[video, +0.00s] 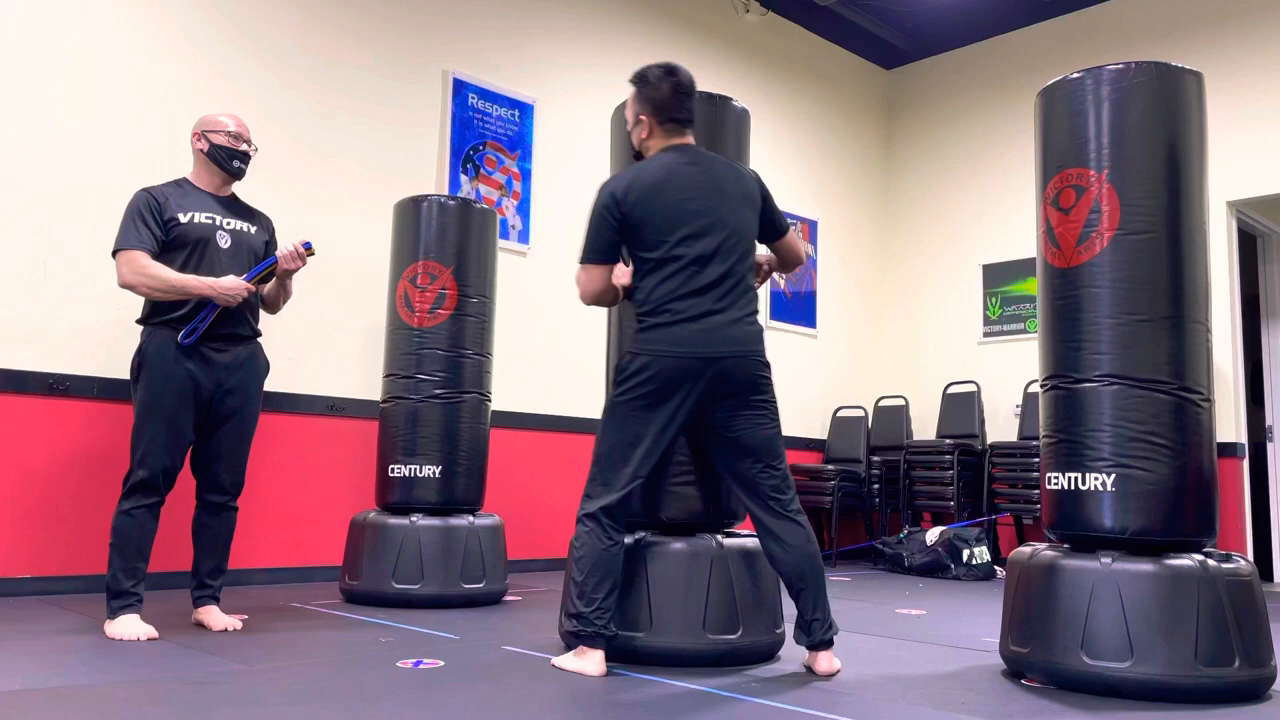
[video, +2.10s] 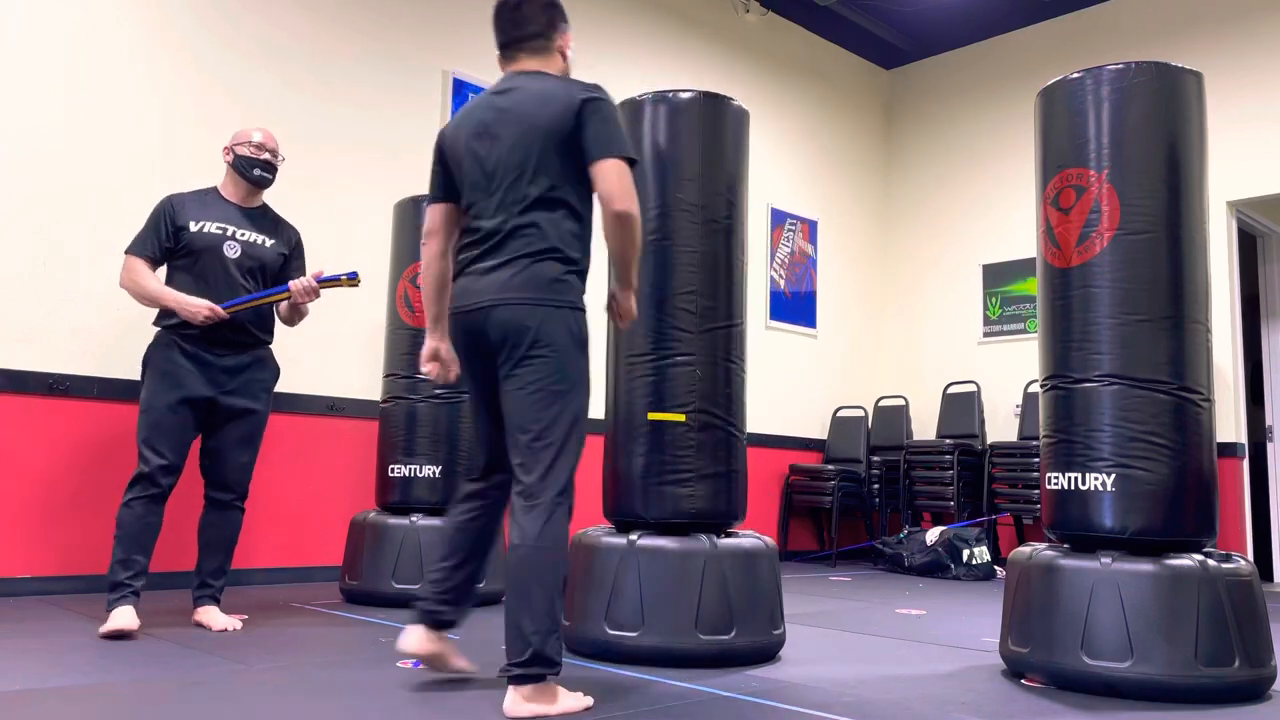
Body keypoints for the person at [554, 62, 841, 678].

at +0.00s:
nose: (628, 124)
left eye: (630, 115)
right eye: (630, 114)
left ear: (644, 121)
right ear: (689, 118)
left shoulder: (621, 190)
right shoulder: (742, 178)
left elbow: (592, 290)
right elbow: (794, 256)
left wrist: (625, 278)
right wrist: (767, 262)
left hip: (662, 355)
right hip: (740, 354)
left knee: (607, 501)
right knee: (775, 494)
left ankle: (588, 647)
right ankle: (821, 645)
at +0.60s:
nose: (662, 151)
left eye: (667, 142)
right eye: (664, 141)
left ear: (689, 149)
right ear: (720, 150)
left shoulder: (667, 213)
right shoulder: (756, 208)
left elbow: (629, 311)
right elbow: (732, 285)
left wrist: (629, 279)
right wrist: (652, 274)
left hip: (700, 381)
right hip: (770, 379)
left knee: (644, 518)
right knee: (780, 513)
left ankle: (641, 652)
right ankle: (819, 646)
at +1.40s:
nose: (607, 115)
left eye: (608, 106)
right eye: (610, 105)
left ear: (618, 109)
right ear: (672, 110)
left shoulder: (587, 179)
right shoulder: (714, 177)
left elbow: (567, 282)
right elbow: (755, 268)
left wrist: (614, 293)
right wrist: (752, 291)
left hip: (627, 355)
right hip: (711, 351)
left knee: (614, 508)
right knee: (763, 488)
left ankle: (636, 654)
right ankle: (814, 631)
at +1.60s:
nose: (594, 88)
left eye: (587, 81)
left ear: (588, 85)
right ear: (652, 85)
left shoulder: (554, 154)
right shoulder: (691, 152)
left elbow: (528, 263)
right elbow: (729, 259)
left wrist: (552, 325)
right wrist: (751, 336)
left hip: (592, 333)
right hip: (676, 330)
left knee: (602, 495)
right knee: (714, 470)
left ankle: (633, 653)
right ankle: (714, 626)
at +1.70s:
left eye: (584, 73)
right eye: (637, 72)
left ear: (574, 77)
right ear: (641, 78)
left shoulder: (538, 149)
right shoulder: (680, 146)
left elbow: (510, 258)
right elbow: (710, 253)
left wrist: (507, 342)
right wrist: (730, 341)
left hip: (571, 330)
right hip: (655, 327)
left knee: (598, 486)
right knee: (682, 475)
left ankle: (625, 650)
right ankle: (621, 611)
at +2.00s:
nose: (596, 64)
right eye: (596, 54)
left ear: (523, 63)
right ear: (589, 54)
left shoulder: (479, 131)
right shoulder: (610, 117)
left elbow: (451, 237)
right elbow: (652, 231)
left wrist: (425, 330)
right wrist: (657, 326)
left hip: (496, 318)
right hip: (572, 310)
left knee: (533, 471)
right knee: (567, 487)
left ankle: (525, 626)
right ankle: (538, 678)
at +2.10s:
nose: (570, 48)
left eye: (563, 38)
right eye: (568, 38)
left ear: (499, 49)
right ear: (562, 40)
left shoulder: (460, 124)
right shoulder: (581, 99)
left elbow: (437, 235)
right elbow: (620, 203)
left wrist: (435, 330)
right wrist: (625, 285)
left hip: (471, 311)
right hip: (544, 307)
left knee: (485, 474)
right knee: (541, 490)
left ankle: (430, 626)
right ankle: (532, 680)